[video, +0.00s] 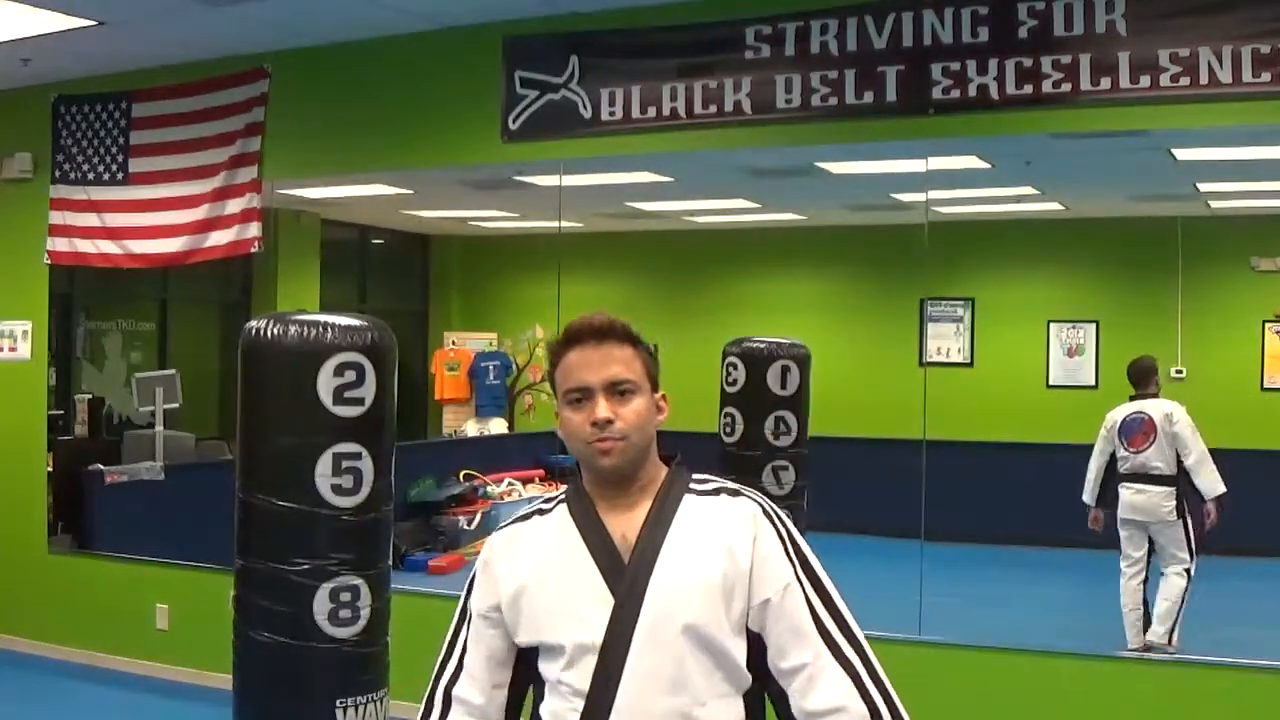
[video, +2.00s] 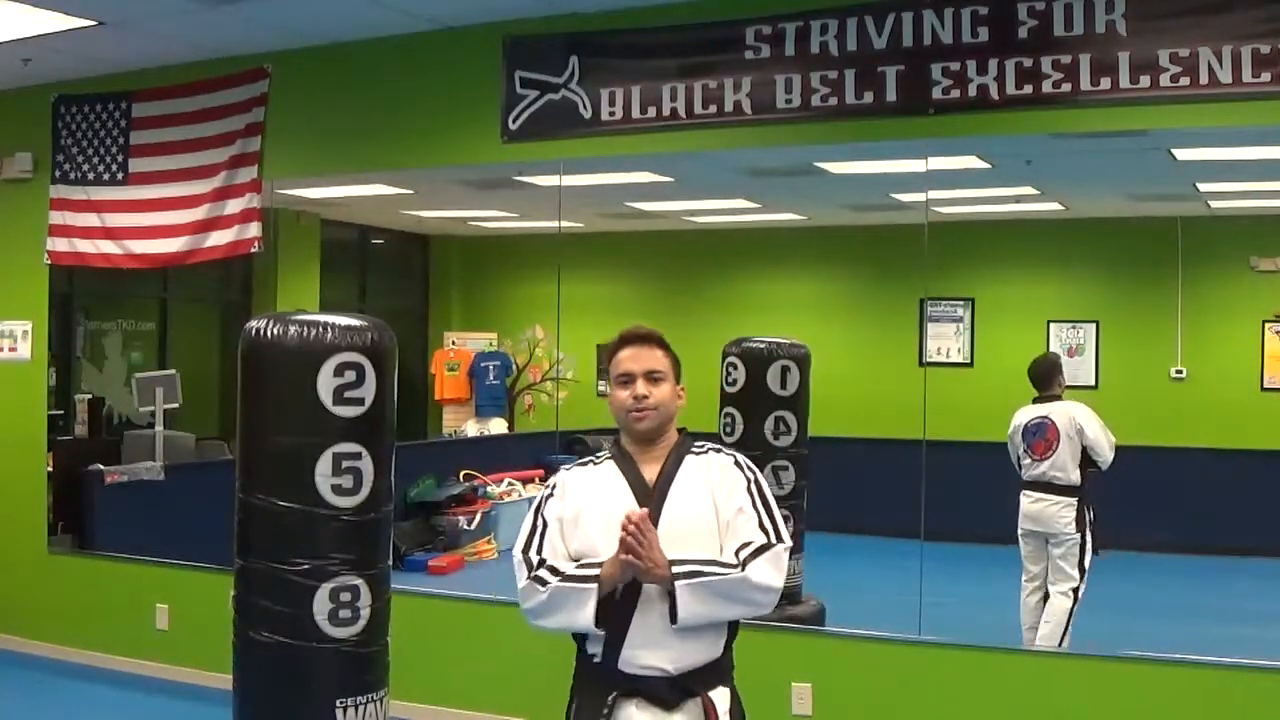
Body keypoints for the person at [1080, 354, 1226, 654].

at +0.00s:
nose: (1160, 380)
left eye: (1155, 377)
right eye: (1159, 376)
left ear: (1131, 382)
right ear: (1156, 379)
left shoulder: (1115, 416)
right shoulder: (1172, 411)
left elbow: (1097, 462)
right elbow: (1194, 455)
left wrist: (1092, 504)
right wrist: (1211, 495)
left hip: (1127, 499)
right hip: (1164, 501)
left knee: (1131, 568)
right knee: (1177, 565)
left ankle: (1135, 641)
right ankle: (1159, 635)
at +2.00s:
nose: (1065, 377)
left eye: (1061, 373)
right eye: (1063, 373)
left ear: (1034, 382)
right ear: (1060, 378)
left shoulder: (1021, 416)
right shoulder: (1077, 413)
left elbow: (1019, 461)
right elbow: (1105, 456)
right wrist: (1077, 458)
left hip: (1028, 506)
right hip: (1066, 509)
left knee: (1032, 582)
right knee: (1064, 587)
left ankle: (1030, 652)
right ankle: (1045, 655)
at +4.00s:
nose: (1094, 385)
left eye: (1092, 380)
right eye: (1093, 380)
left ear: (1063, 384)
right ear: (1088, 383)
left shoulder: (1045, 415)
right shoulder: (1098, 411)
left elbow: (1045, 457)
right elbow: (1124, 455)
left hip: (1056, 501)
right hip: (1094, 503)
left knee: (1061, 576)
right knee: (1117, 577)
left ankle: (1058, 649)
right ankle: (1128, 650)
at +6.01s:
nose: (1188, 381)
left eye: (1185, 376)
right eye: (1187, 377)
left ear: (1160, 383)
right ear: (1185, 381)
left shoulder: (1145, 415)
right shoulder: (1202, 412)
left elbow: (1138, 458)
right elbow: (1223, 455)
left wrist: (1165, 453)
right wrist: (1196, 450)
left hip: (1156, 495)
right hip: (1192, 498)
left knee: (1151, 564)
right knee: (1210, 566)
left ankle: (1147, 636)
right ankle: (1229, 635)